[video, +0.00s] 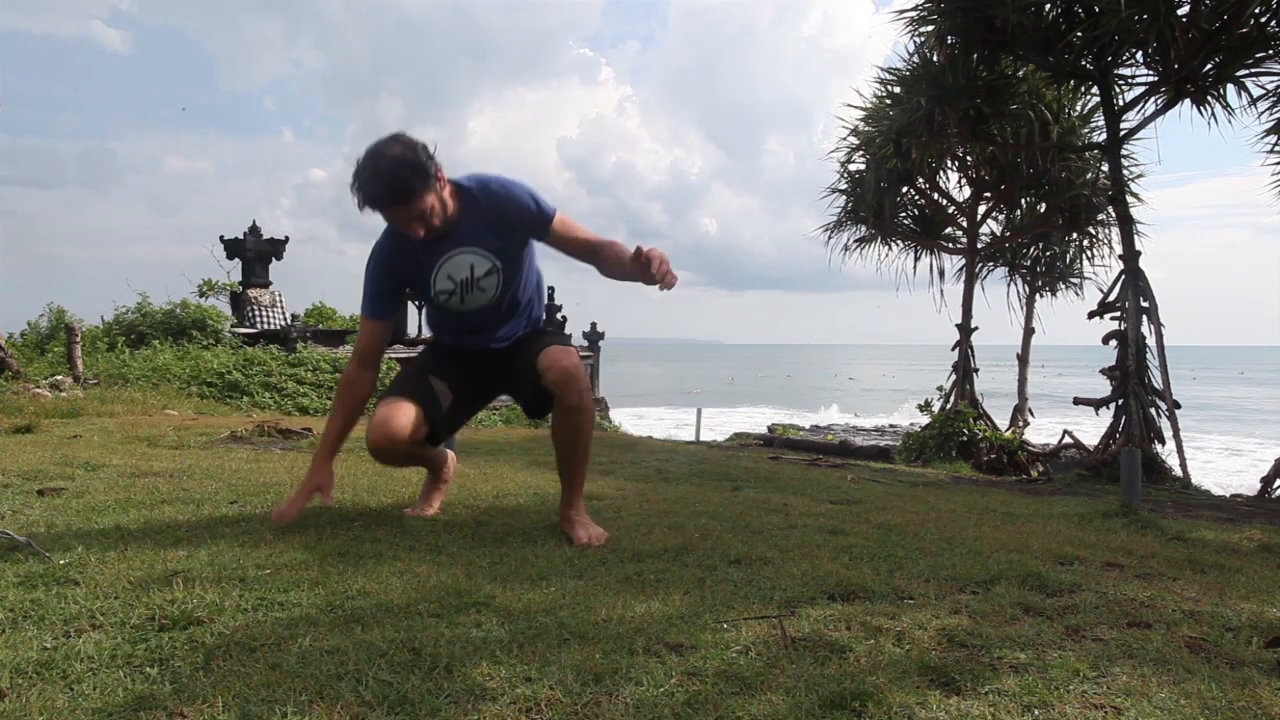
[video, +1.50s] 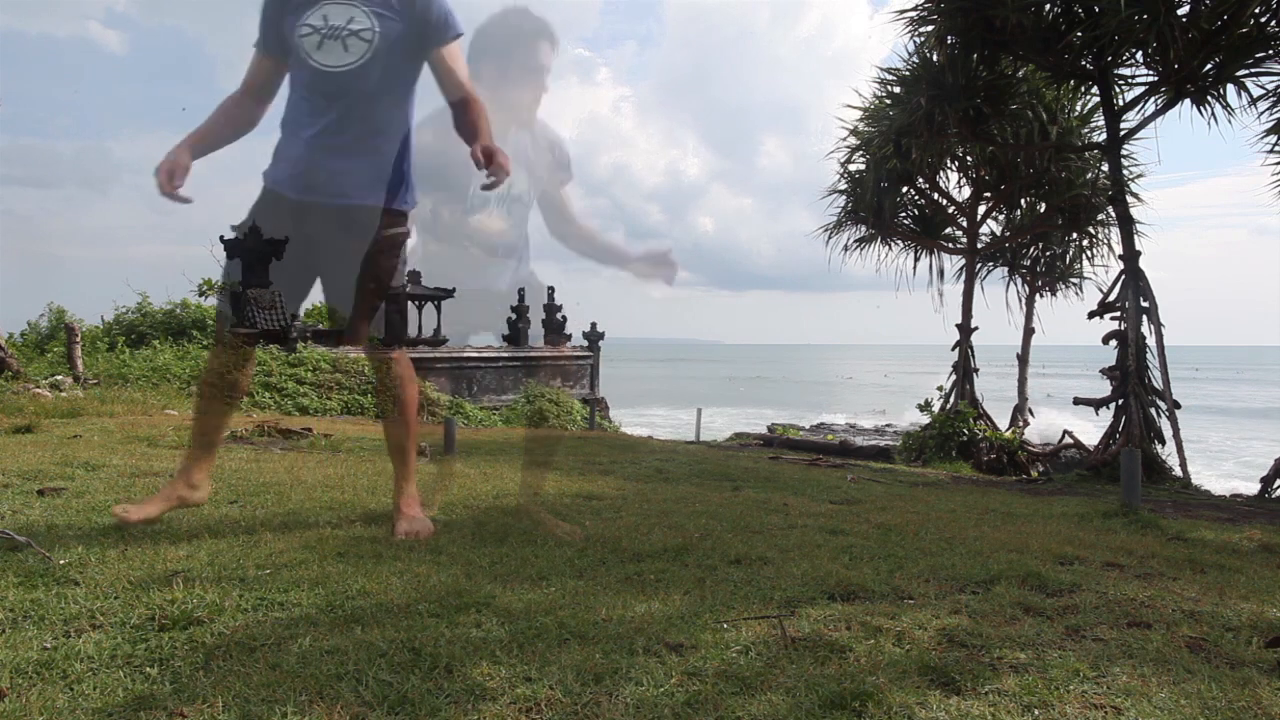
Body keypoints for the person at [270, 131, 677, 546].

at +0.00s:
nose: (415, 231)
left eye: (421, 215)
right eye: (399, 223)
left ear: (441, 182)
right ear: (383, 212)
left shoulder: (499, 199)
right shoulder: (390, 256)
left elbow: (591, 248)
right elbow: (363, 363)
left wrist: (638, 263)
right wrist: (322, 461)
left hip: (525, 343)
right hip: (454, 355)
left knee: (567, 370)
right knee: (385, 438)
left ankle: (574, 507)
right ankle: (443, 465)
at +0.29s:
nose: (388, 258)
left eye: (394, 242)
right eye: (372, 251)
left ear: (405, 212)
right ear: (348, 242)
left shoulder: (456, 232)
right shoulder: (349, 292)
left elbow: (544, 261)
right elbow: (352, 403)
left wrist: (599, 242)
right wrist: (334, 508)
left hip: (491, 379)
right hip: (424, 400)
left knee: (546, 359)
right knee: (389, 501)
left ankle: (566, 504)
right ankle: (434, 478)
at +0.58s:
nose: (380, 241)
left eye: (385, 224)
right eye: (363, 235)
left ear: (392, 204)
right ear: (333, 227)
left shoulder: (432, 227)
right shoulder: (332, 289)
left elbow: (514, 254)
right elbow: (344, 400)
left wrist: (564, 205)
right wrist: (334, 508)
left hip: (475, 378)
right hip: (412, 405)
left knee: (536, 328)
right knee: (378, 505)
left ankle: (562, 495)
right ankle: (430, 473)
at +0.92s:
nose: (415, 235)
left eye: (423, 221)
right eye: (401, 225)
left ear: (431, 205)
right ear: (369, 214)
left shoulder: (457, 244)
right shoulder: (351, 288)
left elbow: (524, 301)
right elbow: (349, 396)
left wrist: (584, 285)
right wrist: (333, 495)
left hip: (482, 389)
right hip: (416, 407)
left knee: (545, 356)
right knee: (387, 506)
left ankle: (530, 504)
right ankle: (431, 478)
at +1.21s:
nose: (488, 187)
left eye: (497, 175)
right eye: (478, 174)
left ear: (507, 170)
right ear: (446, 164)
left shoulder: (513, 228)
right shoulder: (399, 231)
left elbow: (557, 303)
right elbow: (344, 332)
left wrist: (631, 314)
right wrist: (303, 422)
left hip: (493, 362)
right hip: (422, 366)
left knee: (558, 363)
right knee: (403, 492)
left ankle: (530, 504)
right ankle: (431, 471)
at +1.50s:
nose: (543, 87)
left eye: (545, 73)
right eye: (531, 71)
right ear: (490, 71)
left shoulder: (540, 143)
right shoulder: (436, 136)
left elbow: (564, 224)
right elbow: (435, 224)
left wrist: (629, 260)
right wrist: (468, 231)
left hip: (514, 299)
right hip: (442, 300)